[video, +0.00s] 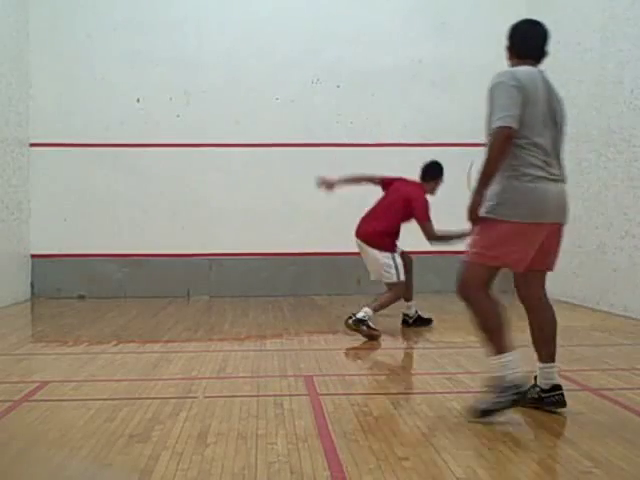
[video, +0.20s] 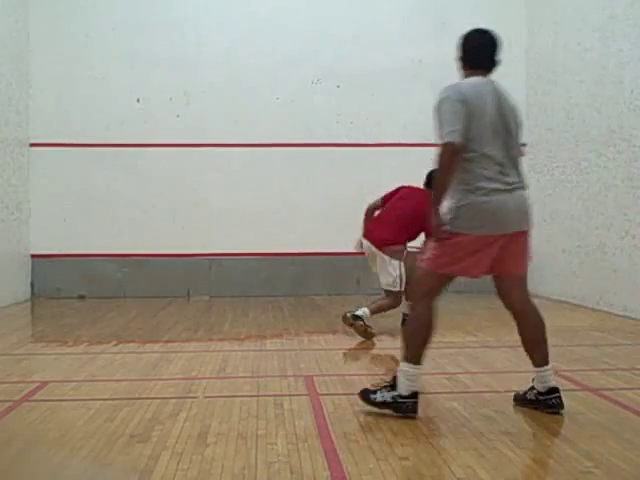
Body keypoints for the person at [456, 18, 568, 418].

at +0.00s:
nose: (506, 52)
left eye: (507, 46)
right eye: (512, 46)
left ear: (511, 48)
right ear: (542, 52)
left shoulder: (509, 80)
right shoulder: (551, 90)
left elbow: (505, 135)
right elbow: (551, 152)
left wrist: (477, 194)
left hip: (516, 201)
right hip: (553, 202)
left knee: (471, 285)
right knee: (531, 289)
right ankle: (548, 383)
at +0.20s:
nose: (461, 59)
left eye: (461, 53)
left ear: (461, 57)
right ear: (494, 60)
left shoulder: (455, 95)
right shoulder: (505, 100)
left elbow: (453, 148)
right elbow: (515, 155)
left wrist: (433, 206)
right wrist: (495, 193)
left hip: (472, 213)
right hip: (515, 211)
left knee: (421, 293)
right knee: (516, 296)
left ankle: (404, 389)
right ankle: (545, 386)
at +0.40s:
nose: (396, 56)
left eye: (396, 50)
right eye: (410, 49)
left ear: (396, 54)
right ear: (430, 55)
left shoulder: (389, 92)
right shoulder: (442, 97)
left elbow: (393, 140)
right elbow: (460, 160)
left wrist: (383, 199)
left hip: (407, 213)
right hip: (450, 210)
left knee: (386, 300)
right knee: (454, 290)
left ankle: (401, 392)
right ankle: (500, 366)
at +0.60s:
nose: (324, 53)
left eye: (325, 46)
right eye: (327, 46)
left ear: (330, 48)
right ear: (360, 46)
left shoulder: (347, 84)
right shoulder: (369, 83)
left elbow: (356, 153)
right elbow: (375, 159)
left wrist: (338, 215)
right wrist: (328, 214)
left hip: (367, 214)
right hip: (392, 211)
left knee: (314, 290)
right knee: (385, 298)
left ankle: (348, 387)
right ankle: (442, 388)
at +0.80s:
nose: (231, 73)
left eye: (232, 65)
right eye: (235, 64)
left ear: (238, 66)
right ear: (265, 64)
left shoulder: (260, 106)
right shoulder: (275, 103)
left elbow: (251, 179)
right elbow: (261, 177)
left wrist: (200, 223)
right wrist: (220, 199)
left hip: (283, 233)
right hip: (303, 231)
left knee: (234, 317)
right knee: (304, 321)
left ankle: (282, 410)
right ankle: (388, 368)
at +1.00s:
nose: (99, 99)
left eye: (102, 89)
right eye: (97, 90)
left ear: (117, 86)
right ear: (112, 88)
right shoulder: (122, 135)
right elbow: (96, 197)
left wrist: (42, 189)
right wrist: (43, 217)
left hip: (190, 255)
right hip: (150, 250)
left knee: (193, 348)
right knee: (77, 292)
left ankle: (271, 406)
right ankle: (97, 396)